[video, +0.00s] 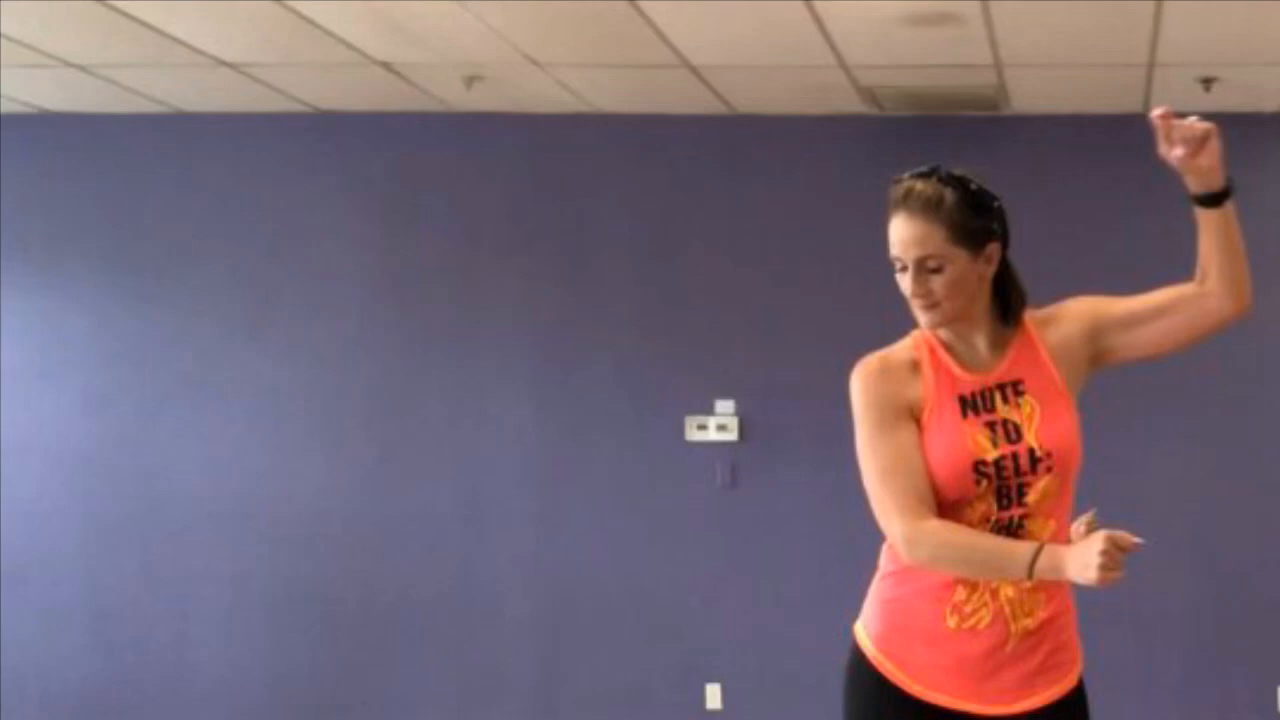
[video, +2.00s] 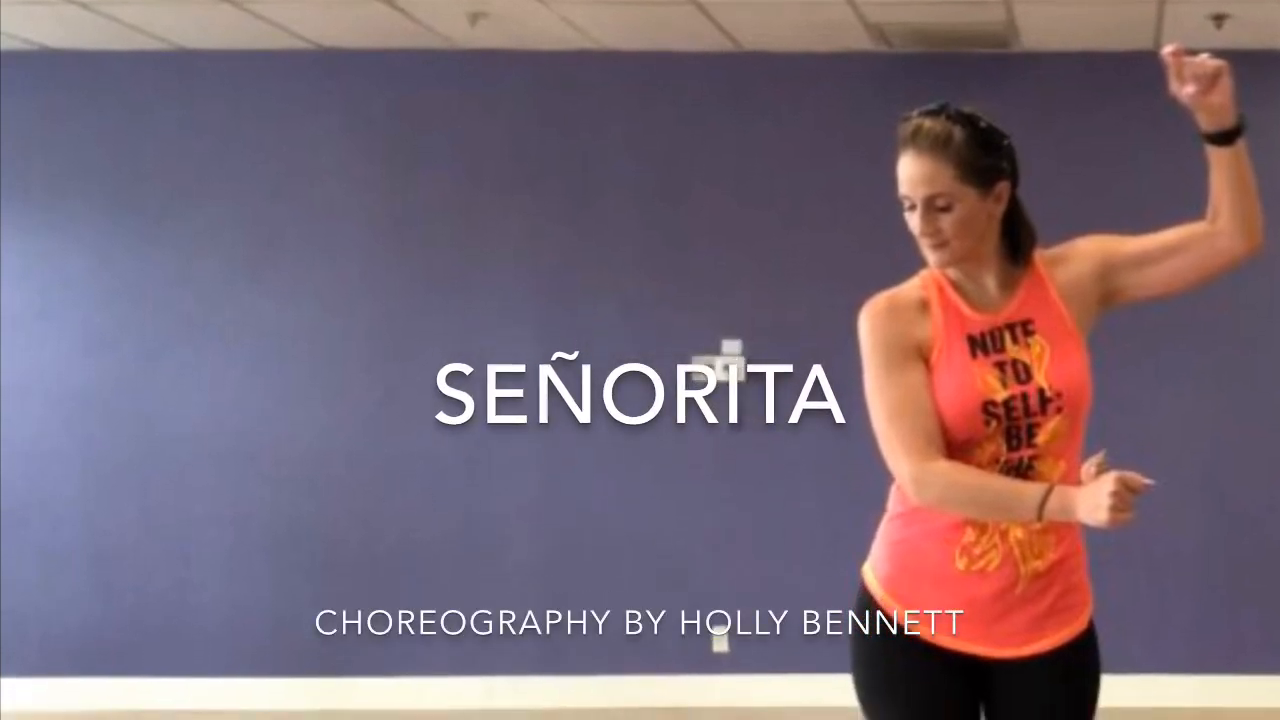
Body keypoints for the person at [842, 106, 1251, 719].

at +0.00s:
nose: (912, 289)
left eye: (931, 267)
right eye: (900, 269)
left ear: (990, 257)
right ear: (891, 266)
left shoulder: (1070, 336)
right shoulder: (885, 380)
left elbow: (1225, 296)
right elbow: (913, 535)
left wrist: (1208, 186)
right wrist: (1057, 560)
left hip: (1037, 684)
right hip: (905, 684)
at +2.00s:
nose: (922, 226)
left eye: (941, 207)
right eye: (910, 208)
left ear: (999, 194)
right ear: (900, 203)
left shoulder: (1079, 275)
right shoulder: (894, 319)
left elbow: (1236, 235)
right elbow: (922, 476)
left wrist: (1220, 125)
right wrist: (1066, 500)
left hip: (1046, 631)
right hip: (914, 630)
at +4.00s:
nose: (929, 166)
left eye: (948, 144)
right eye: (916, 145)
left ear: (1007, 134)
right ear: (907, 142)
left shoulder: (1089, 215)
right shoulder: (902, 258)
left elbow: (1246, 175)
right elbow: (931, 417)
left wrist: (1230, 61)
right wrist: (1077, 443)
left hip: (1056, 573)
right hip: (923, 573)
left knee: (1055, 711)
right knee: (935, 707)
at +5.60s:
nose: (978, 99)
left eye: (993, 79)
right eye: (959, 81)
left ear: (1021, 82)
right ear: (929, 90)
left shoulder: (1088, 166)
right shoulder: (911, 208)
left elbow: (1249, 129)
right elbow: (934, 370)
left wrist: (1244, 28)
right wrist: (1087, 398)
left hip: (1069, 534)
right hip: (957, 538)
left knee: (1061, 712)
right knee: (957, 712)